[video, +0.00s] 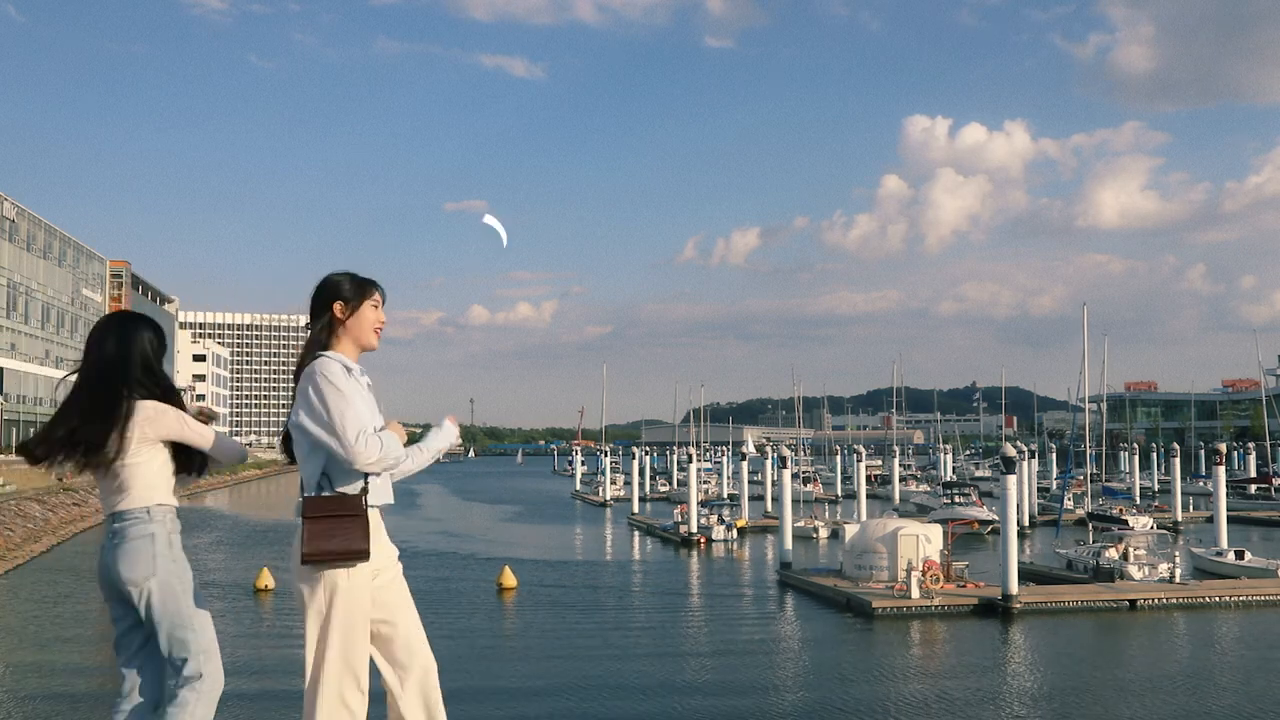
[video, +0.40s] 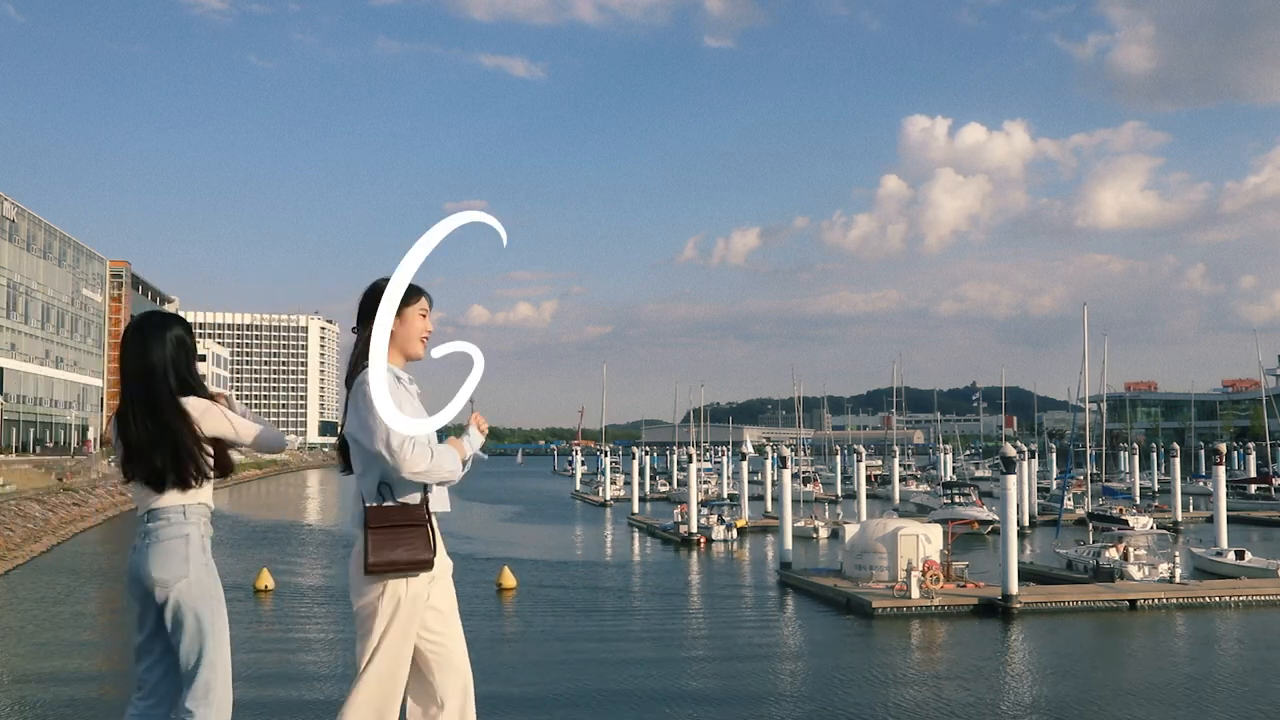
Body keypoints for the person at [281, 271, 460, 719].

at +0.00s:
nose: (383, 319)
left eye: (383, 309)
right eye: (375, 308)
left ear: (348, 315)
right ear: (341, 312)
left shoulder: (356, 378)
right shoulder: (325, 372)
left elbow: (385, 466)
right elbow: (359, 451)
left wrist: (437, 442)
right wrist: (391, 438)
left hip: (371, 527)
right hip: (337, 529)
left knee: (415, 669)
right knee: (338, 679)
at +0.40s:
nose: (429, 326)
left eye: (429, 317)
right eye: (420, 315)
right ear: (389, 321)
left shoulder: (405, 386)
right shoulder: (373, 384)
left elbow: (423, 463)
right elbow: (408, 458)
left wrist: (460, 451)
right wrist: (462, 447)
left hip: (425, 533)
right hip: (390, 534)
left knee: (450, 684)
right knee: (378, 686)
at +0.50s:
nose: (439, 333)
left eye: (439, 323)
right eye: (431, 322)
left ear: (407, 331)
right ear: (399, 328)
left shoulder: (412, 388)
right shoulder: (390, 389)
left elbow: (425, 472)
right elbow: (415, 473)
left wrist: (476, 452)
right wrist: (480, 451)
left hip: (438, 541)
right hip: (410, 543)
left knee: (462, 692)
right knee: (383, 693)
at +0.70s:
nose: (458, 349)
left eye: (459, 339)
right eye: (451, 338)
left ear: (423, 344)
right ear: (419, 342)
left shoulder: (426, 400)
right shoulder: (410, 397)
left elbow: (484, 455)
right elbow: (474, 427)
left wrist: (541, 416)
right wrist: (506, 399)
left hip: (450, 565)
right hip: (443, 569)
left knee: (467, 703)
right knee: (482, 705)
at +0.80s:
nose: (473, 332)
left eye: (472, 322)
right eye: (464, 322)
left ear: (432, 332)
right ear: (434, 331)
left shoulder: (440, 383)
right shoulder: (431, 377)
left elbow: (510, 386)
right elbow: (485, 362)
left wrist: (523, 337)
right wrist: (485, 304)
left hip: (439, 556)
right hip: (452, 559)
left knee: (465, 685)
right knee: (519, 683)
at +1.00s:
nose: (483, 336)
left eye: (484, 326)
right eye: (476, 326)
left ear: (449, 327)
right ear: (447, 326)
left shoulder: (437, 377)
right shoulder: (448, 371)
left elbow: (521, 344)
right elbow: (494, 328)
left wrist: (557, 289)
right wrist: (540, 252)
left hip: (458, 545)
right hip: (486, 547)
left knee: (474, 690)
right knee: (540, 686)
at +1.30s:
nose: (519, 340)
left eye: (519, 329)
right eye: (512, 329)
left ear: (483, 336)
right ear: (488, 335)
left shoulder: (492, 394)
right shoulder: (494, 394)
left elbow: (553, 356)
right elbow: (542, 346)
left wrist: (544, 299)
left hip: (496, 561)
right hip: (510, 563)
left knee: (508, 697)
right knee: (558, 700)